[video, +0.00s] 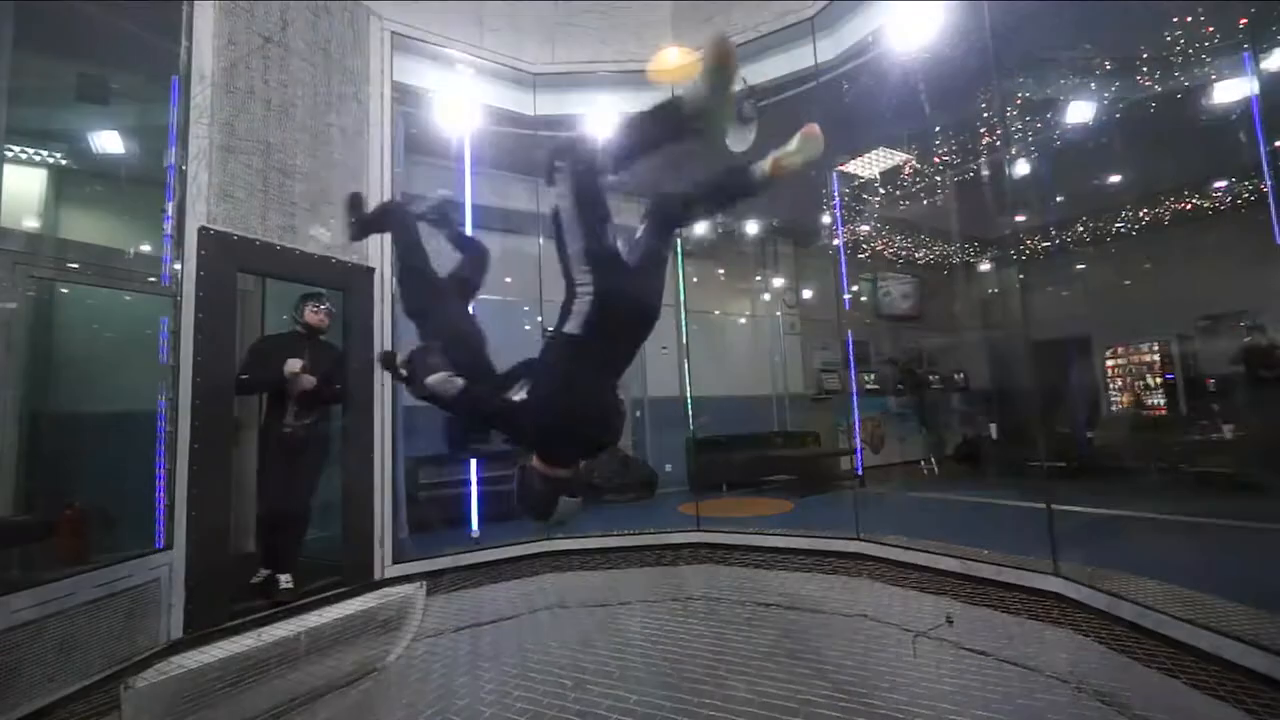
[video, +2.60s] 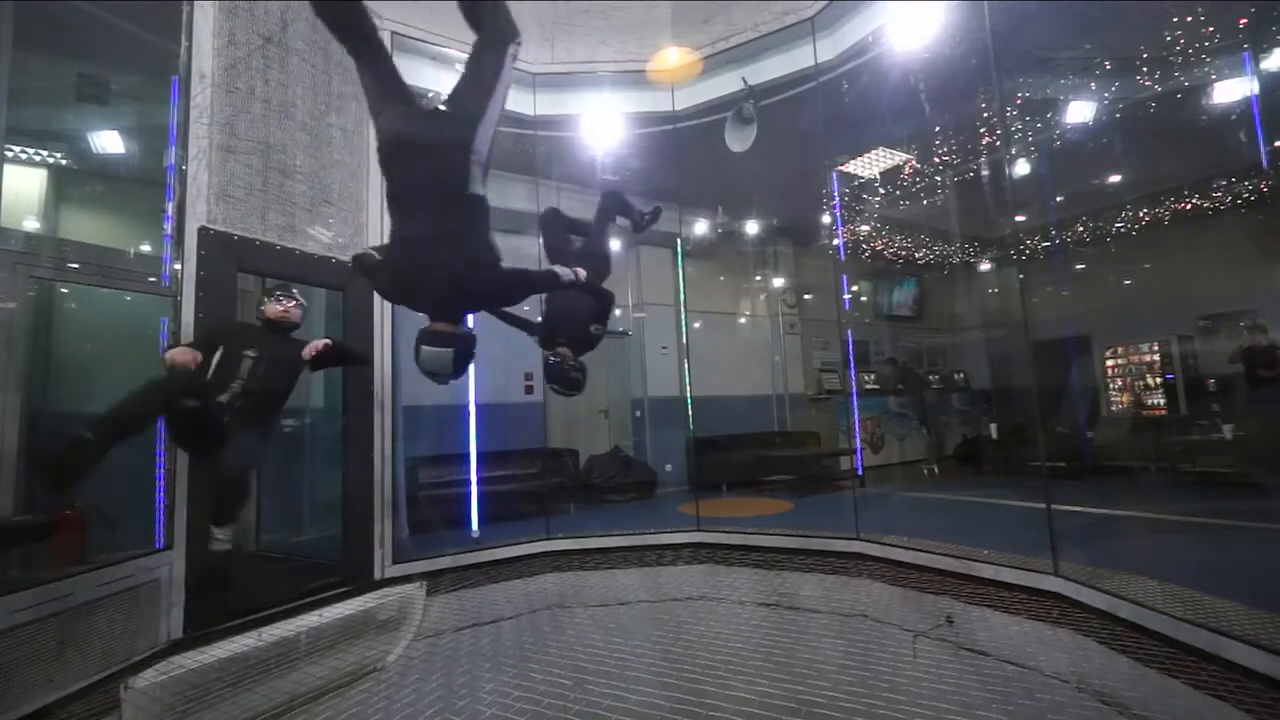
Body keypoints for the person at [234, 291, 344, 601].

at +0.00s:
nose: (322, 315)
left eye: (326, 312)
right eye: (315, 309)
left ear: (330, 319)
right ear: (299, 314)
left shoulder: (333, 354)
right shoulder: (270, 345)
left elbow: (342, 394)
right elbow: (243, 383)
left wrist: (314, 387)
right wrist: (282, 372)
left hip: (311, 438)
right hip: (274, 435)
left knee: (298, 501)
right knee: (270, 499)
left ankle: (285, 571)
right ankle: (267, 565)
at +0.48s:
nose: (319, 314)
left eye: (322, 309)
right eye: (314, 309)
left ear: (328, 313)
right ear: (302, 311)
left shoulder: (332, 346)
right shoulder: (274, 343)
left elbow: (341, 390)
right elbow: (256, 380)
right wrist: (297, 363)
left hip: (316, 439)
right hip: (281, 438)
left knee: (301, 506)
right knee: (272, 506)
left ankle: (286, 574)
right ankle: (258, 571)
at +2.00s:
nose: (315, 310)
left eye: (319, 306)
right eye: (307, 305)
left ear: (323, 313)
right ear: (290, 310)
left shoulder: (319, 351)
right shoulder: (266, 338)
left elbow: (352, 379)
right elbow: (235, 362)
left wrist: (354, 357)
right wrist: (279, 360)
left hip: (301, 437)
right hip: (265, 431)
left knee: (299, 506)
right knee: (229, 465)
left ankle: (283, 573)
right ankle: (236, 539)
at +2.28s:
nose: (310, 317)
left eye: (314, 313)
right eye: (301, 312)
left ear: (320, 322)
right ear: (284, 320)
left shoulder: (317, 355)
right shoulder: (262, 347)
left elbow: (335, 357)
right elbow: (209, 365)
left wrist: (352, 361)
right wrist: (252, 363)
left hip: (295, 446)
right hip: (256, 438)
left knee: (301, 517)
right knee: (216, 445)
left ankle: (281, 577)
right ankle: (191, 518)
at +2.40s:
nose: (305, 312)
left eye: (310, 309)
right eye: (297, 306)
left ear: (314, 321)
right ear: (280, 313)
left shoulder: (312, 352)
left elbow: (329, 356)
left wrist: (341, 356)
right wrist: (218, 349)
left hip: (282, 440)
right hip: (243, 431)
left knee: (288, 516)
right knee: (204, 426)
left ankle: (279, 575)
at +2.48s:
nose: (299, 306)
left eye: (305, 304)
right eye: (291, 301)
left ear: (309, 318)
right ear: (275, 308)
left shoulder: (309, 349)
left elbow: (364, 356)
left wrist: (338, 350)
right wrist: (182, 349)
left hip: (265, 434)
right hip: (222, 419)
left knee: (270, 518)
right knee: (194, 418)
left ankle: (265, 553)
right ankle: (124, 466)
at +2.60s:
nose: (287, 305)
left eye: (294, 304)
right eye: (280, 300)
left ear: (300, 318)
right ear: (263, 307)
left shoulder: (301, 350)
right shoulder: (231, 331)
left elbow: (363, 360)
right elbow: (180, 352)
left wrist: (333, 348)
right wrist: (175, 355)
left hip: (239, 440)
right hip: (199, 423)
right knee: (168, 385)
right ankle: (91, 442)